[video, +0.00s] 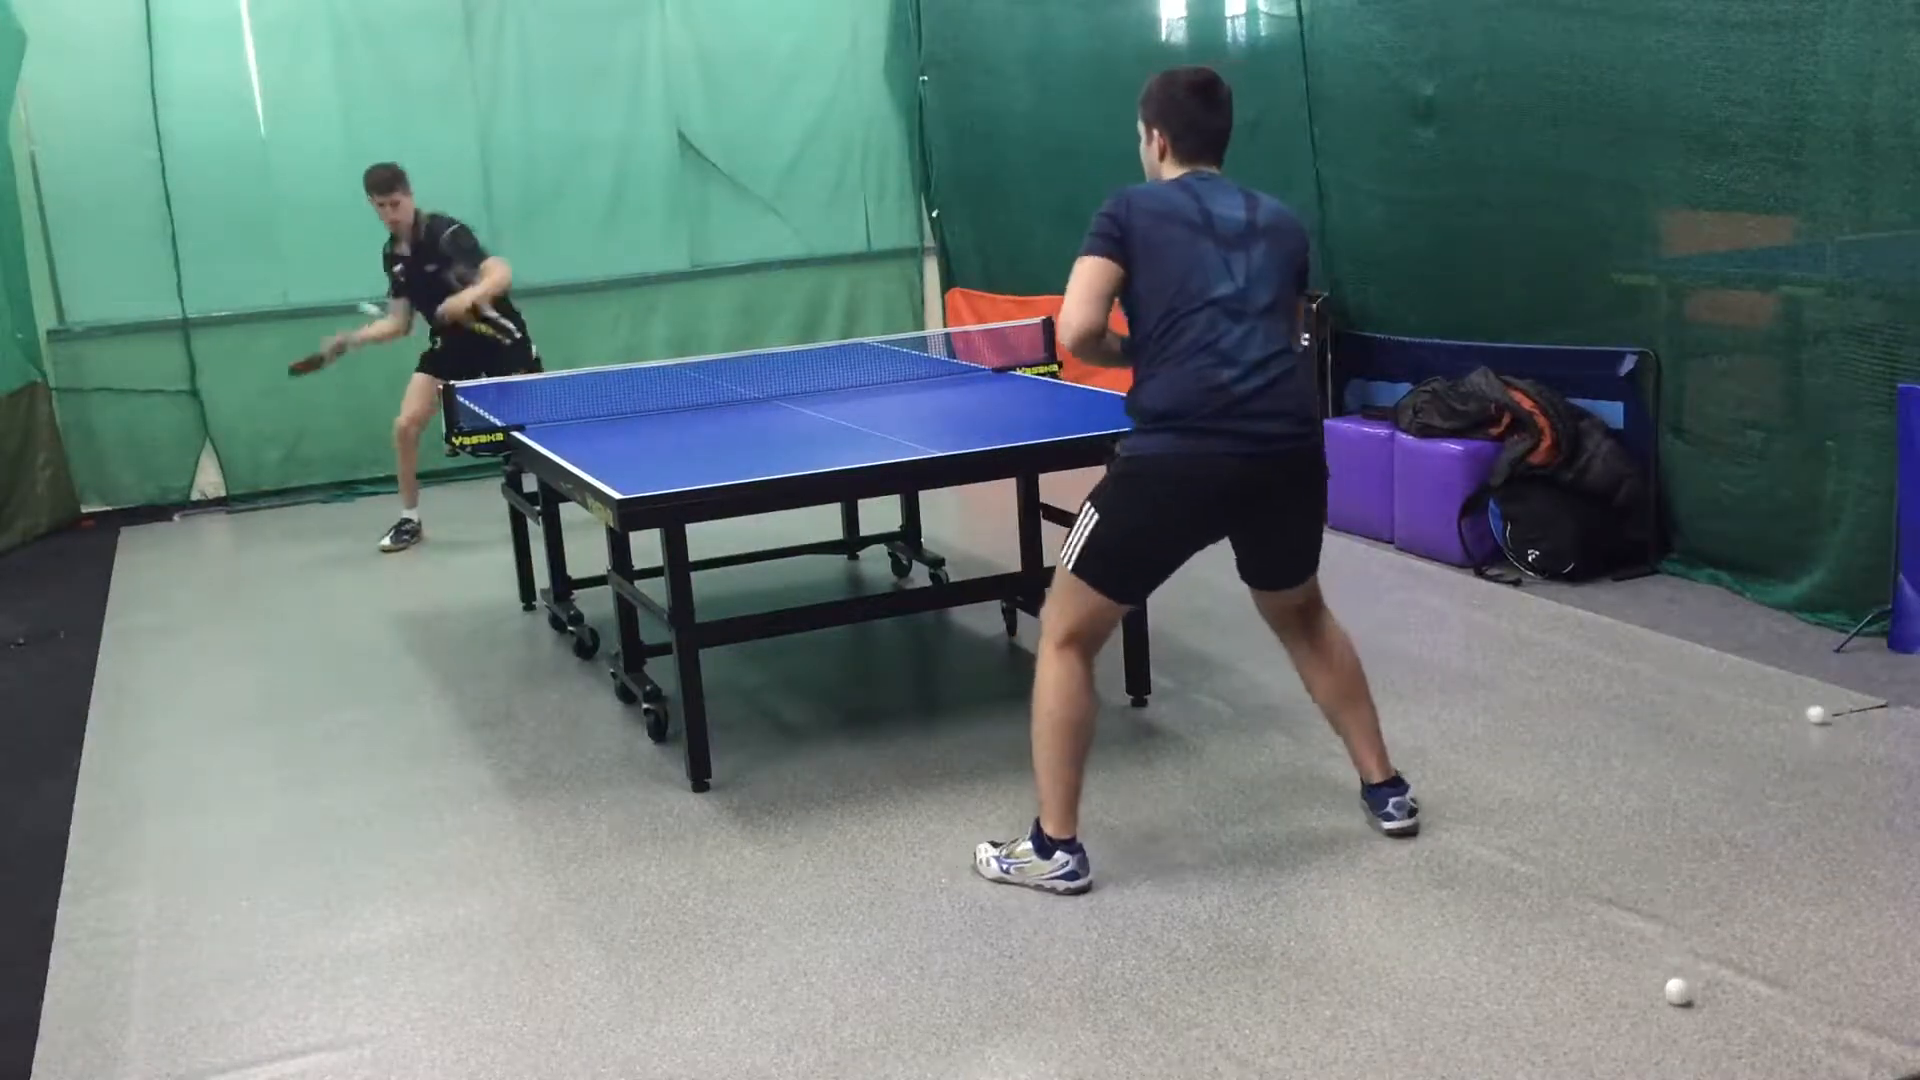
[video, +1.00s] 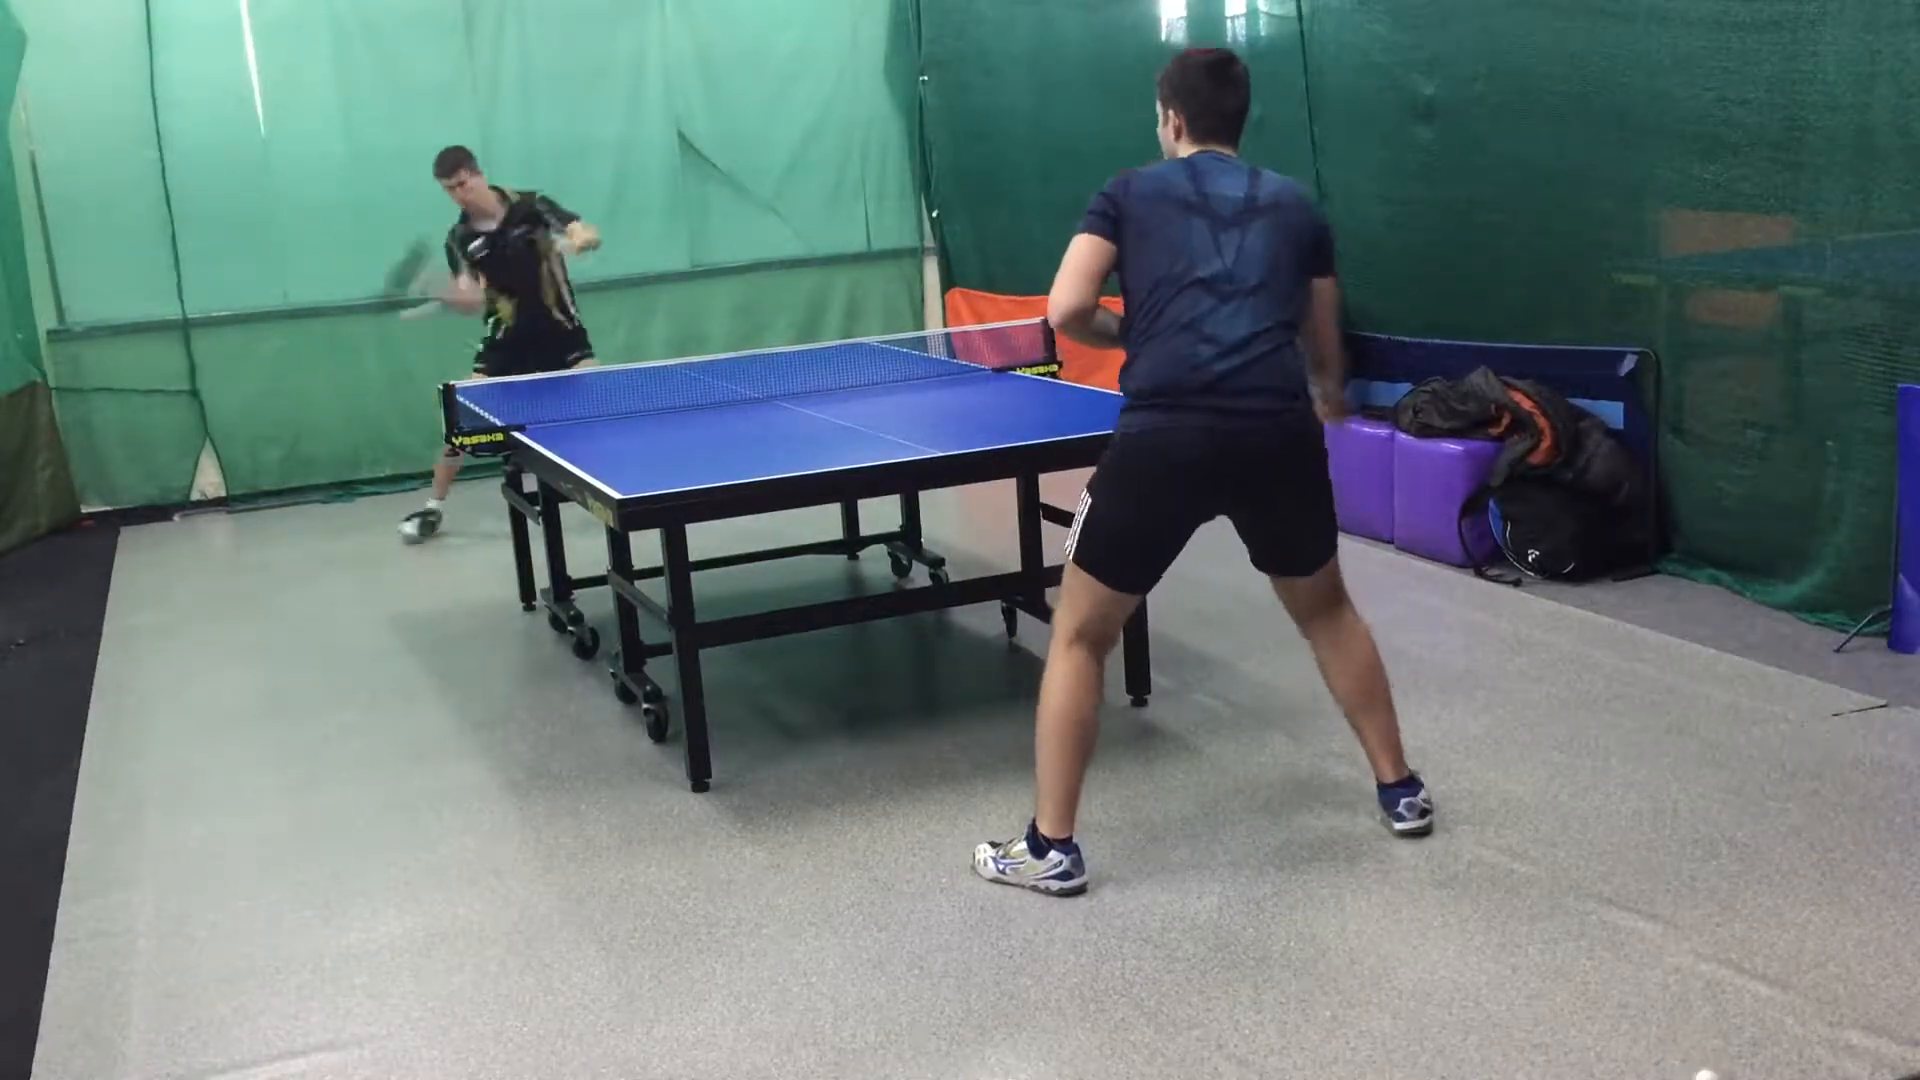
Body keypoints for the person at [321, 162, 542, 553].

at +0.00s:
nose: (389, 215)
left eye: (395, 204)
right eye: (380, 207)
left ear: (410, 197)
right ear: (373, 207)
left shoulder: (445, 231)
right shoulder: (394, 253)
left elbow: (499, 273)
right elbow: (399, 322)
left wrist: (470, 297)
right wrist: (351, 339)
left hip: (500, 336)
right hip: (449, 341)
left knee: (536, 419)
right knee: (407, 424)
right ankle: (410, 518)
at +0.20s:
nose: (445, 175)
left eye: (450, 166)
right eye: (436, 169)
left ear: (464, 162)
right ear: (428, 174)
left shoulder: (501, 203)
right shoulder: (433, 214)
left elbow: (564, 240)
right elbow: (467, 233)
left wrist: (581, 224)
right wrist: (497, 190)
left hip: (521, 337)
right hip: (472, 350)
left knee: (580, 396)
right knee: (454, 441)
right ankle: (413, 517)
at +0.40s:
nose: (477, 181)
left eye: (482, 172)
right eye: (467, 175)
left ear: (492, 169)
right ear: (454, 179)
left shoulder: (521, 209)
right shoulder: (454, 226)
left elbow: (575, 247)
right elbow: (463, 285)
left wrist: (615, 255)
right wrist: (507, 242)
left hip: (529, 336)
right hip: (477, 347)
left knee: (592, 390)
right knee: (445, 436)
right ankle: (401, 519)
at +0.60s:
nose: (437, 198)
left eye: (441, 188)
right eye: (427, 192)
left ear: (449, 183)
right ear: (413, 195)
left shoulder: (483, 224)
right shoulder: (413, 243)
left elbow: (521, 289)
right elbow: (413, 314)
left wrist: (513, 329)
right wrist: (399, 338)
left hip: (510, 317)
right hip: (463, 327)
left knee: (562, 394)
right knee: (425, 417)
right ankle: (418, 511)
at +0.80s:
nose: (417, 234)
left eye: (421, 222)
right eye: (406, 228)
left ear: (431, 212)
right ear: (396, 227)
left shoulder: (460, 250)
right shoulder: (422, 262)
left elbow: (479, 307)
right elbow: (440, 330)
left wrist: (433, 338)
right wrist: (384, 369)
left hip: (529, 351)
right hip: (484, 349)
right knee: (420, 414)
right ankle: (419, 511)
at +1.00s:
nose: (460, 194)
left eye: (463, 183)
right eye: (452, 188)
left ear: (479, 175)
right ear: (447, 192)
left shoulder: (530, 206)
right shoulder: (460, 237)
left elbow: (586, 232)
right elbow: (472, 299)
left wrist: (577, 239)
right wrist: (448, 294)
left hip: (559, 329)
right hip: (506, 337)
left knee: (597, 402)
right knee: (465, 414)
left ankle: (618, 491)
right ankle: (434, 506)